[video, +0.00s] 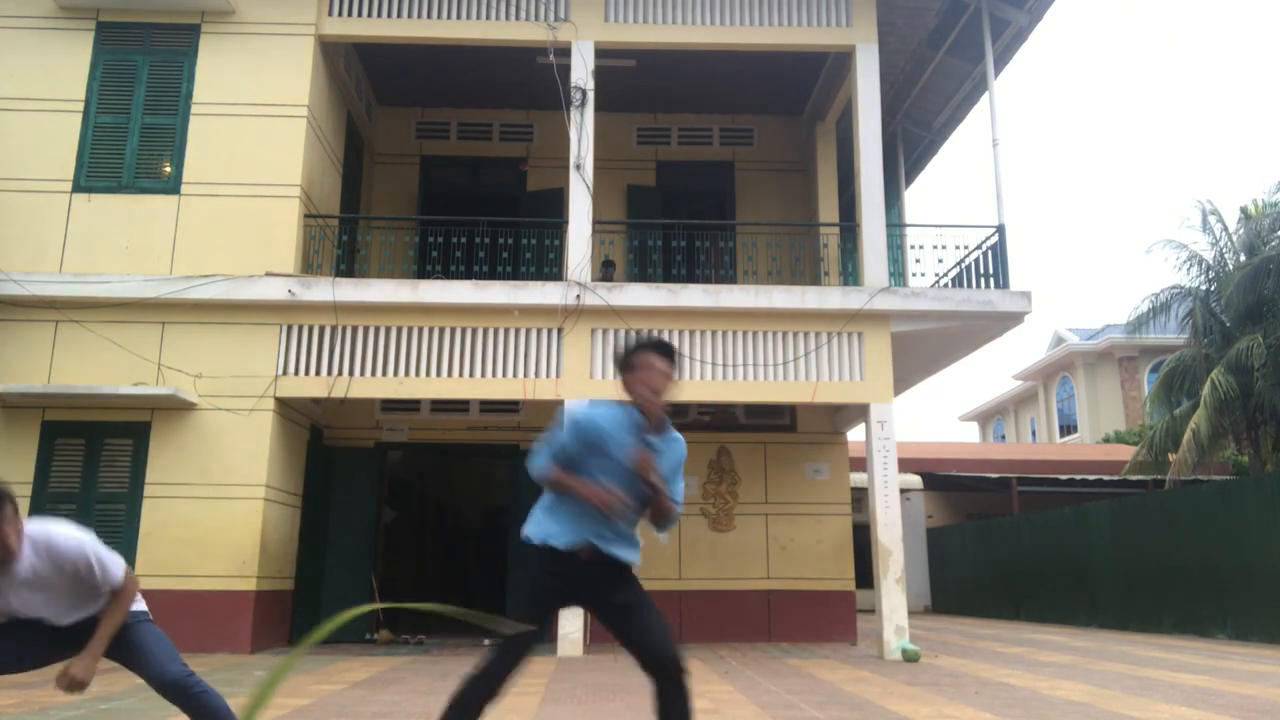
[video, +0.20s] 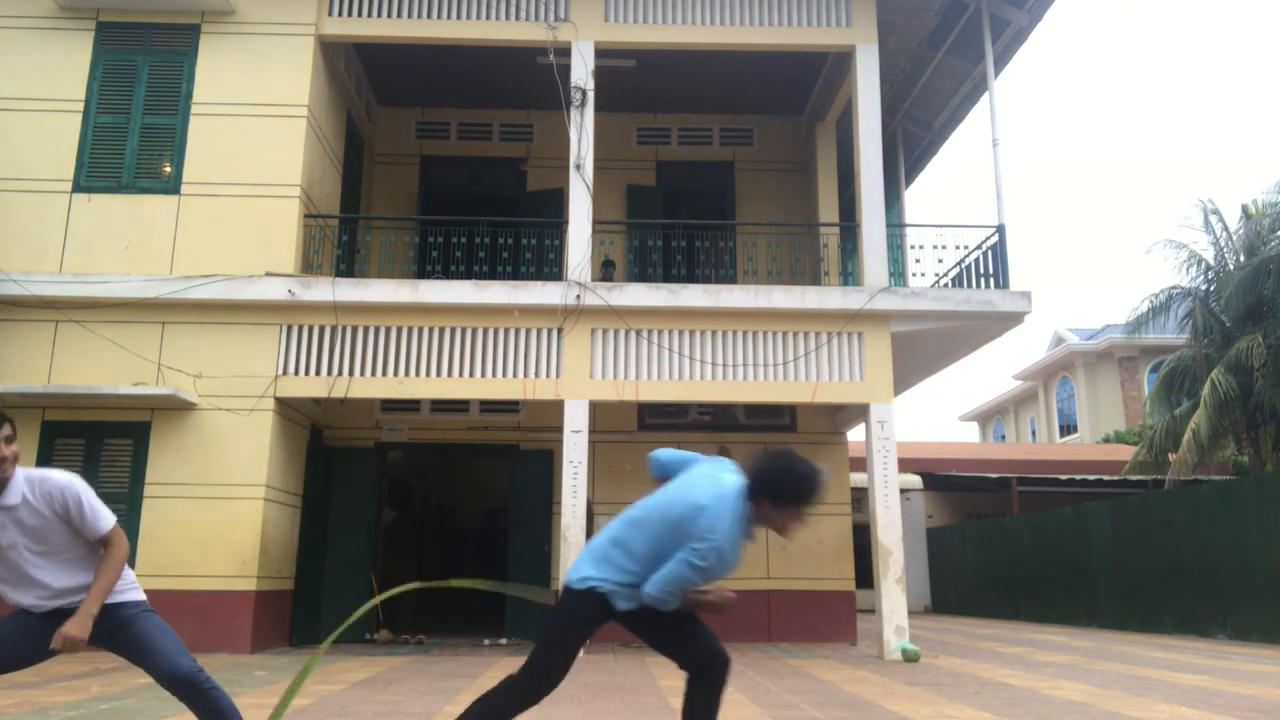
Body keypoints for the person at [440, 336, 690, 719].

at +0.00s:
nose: (652, 380)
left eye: (661, 372)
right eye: (642, 370)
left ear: (671, 380)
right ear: (625, 377)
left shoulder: (673, 446)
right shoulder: (585, 418)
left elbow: (665, 520)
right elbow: (539, 463)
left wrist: (652, 481)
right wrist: (589, 491)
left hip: (607, 566)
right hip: (548, 556)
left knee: (667, 664)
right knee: (510, 654)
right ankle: (453, 716)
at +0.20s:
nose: (798, 522)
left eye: (801, 512)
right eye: (797, 512)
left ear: (767, 485)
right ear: (774, 505)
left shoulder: (722, 469)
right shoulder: (720, 545)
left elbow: (658, 460)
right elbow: (655, 596)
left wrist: (687, 506)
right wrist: (700, 599)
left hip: (639, 586)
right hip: (594, 581)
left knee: (711, 663)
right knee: (536, 679)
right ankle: (468, 716)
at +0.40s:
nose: (882, 478)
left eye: (886, 469)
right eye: (879, 466)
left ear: (858, 457)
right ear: (850, 453)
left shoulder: (826, 479)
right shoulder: (792, 479)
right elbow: (716, 525)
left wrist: (784, 548)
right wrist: (752, 588)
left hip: (722, 567)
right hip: (678, 552)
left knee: (746, 681)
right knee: (625, 646)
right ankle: (553, 713)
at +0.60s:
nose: (894, 369)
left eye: (907, 360)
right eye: (889, 358)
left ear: (933, 363)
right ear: (881, 356)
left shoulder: (935, 422)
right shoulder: (847, 390)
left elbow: (930, 477)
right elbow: (783, 442)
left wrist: (922, 502)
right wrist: (789, 508)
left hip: (855, 534)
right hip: (806, 524)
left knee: (848, 661)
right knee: (798, 634)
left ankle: (757, 717)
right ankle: (792, 708)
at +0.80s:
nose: (948, 377)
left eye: (958, 366)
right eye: (943, 368)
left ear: (992, 368)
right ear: (939, 373)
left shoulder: (1029, 437)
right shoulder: (922, 430)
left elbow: (1057, 520)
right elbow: (895, 492)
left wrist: (1024, 565)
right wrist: (876, 542)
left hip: (997, 573)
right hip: (935, 571)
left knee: (1025, 698)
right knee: (951, 679)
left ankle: (959, 715)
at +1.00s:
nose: (1041, 349)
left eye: (1049, 339)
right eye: (1040, 340)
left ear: (1083, 340)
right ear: (1070, 342)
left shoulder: (1123, 403)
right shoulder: (1058, 403)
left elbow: (1125, 484)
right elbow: (1066, 465)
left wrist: (1048, 475)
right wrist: (1048, 508)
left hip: (1116, 560)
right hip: (1069, 555)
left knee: (1113, 687)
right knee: (1020, 667)